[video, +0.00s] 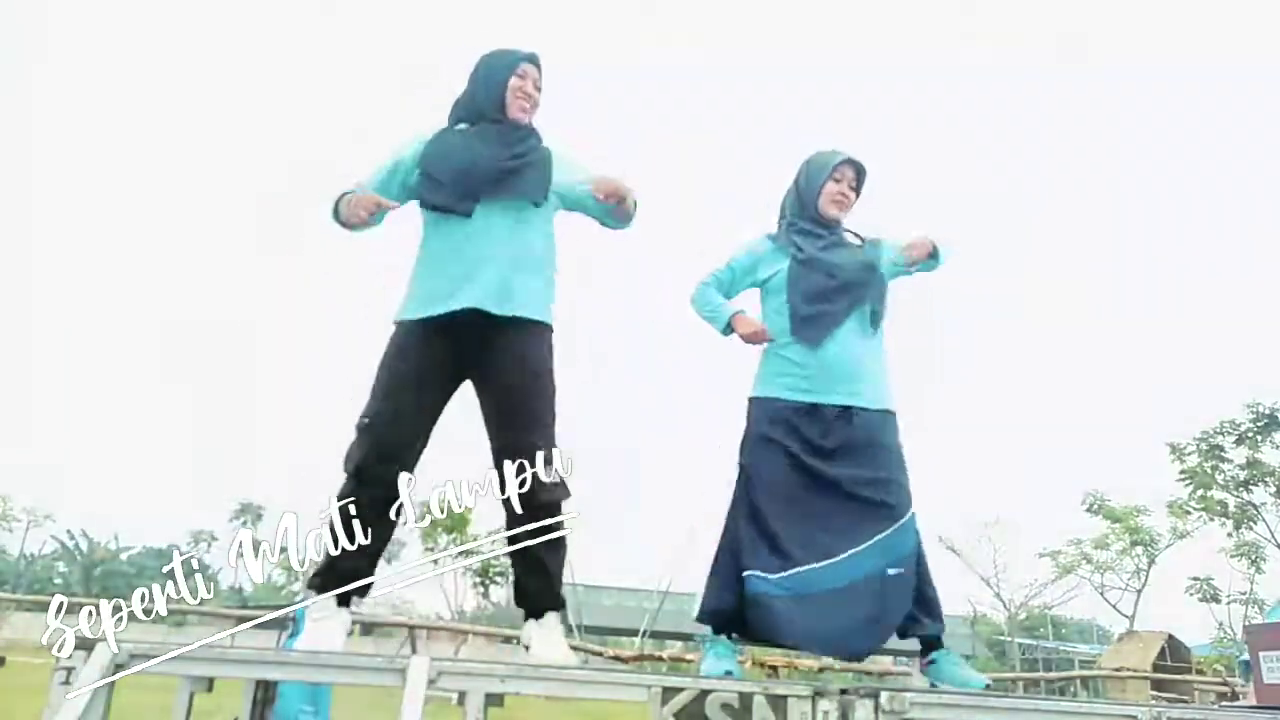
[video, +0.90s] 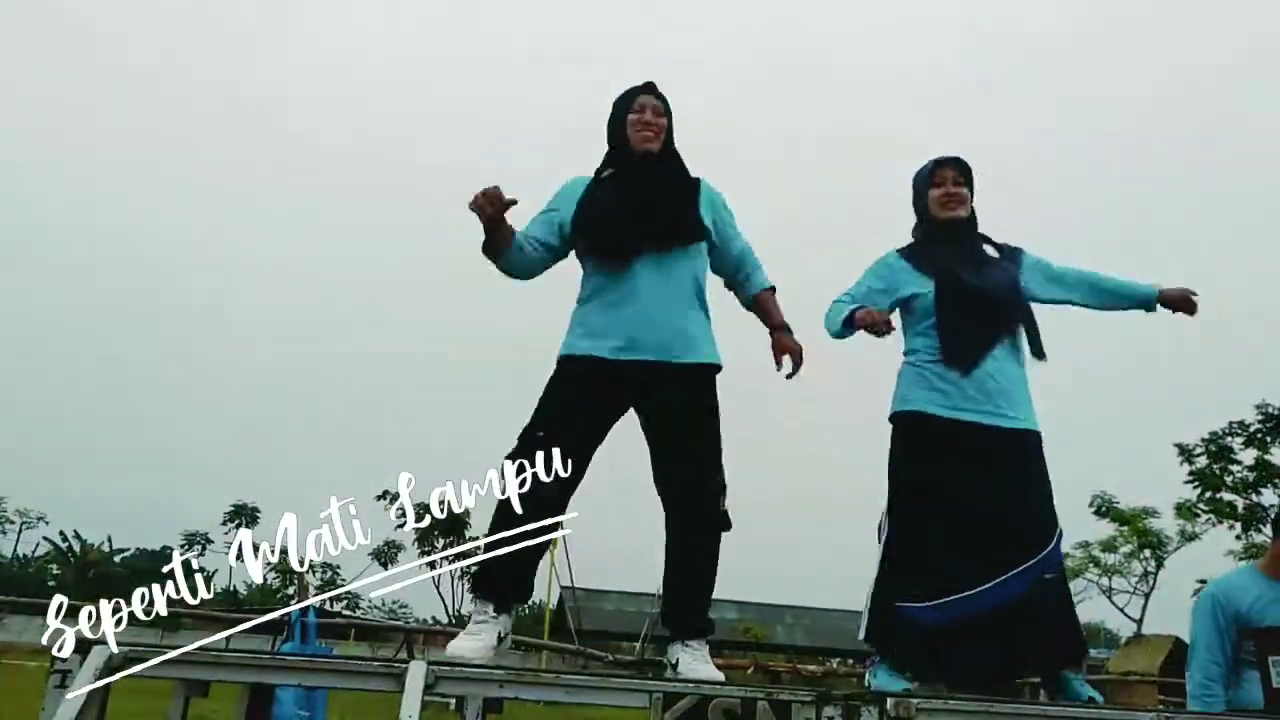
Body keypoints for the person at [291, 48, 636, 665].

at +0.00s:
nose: (531, 91)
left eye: (536, 87)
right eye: (521, 80)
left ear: (538, 101)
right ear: (488, 82)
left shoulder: (548, 159)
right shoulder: (437, 145)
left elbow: (616, 217)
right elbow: (356, 199)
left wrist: (621, 200)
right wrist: (351, 208)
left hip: (519, 324)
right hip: (432, 318)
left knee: (532, 470)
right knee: (378, 455)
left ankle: (543, 616)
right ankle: (332, 600)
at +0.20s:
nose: (561, 99)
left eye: (568, 95)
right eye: (551, 88)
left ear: (572, 111)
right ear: (519, 95)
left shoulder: (583, 169)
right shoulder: (471, 157)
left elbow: (662, 184)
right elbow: (398, 219)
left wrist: (597, 149)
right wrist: (431, 210)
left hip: (559, 328)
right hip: (475, 323)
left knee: (557, 476)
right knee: (433, 459)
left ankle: (546, 621)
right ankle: (413, 603)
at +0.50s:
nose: (589, 119)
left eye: (594, 116)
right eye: (578, 108)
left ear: (596, 132)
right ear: (545, 113)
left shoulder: (601, 181)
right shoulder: (494, 170)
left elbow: (639, 168)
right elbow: (441, 236)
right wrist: (502, 239)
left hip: (591, 351)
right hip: (507, 347)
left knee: (633, 469)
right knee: (476, 479)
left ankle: (594, 608)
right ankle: (463, 619)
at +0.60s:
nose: (602, 106)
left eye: (607, 102)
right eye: (591, 96)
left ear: (608, 120)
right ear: (557, 103)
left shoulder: (619, 173)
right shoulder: (506, 164)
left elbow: (695, 170)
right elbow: (452, 233)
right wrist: (493, 237)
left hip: (608, 340)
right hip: (522, 339)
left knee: (647, 471)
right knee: (488, 475)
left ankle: (653, 618)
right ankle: (465, 620)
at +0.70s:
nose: (620, 109)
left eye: (625, 105)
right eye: (609, 99)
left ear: (627, 121)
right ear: (575, 105)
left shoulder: (641, 174)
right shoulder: (526, 170)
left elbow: (726, 209)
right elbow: (467, 245)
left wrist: (820, 229)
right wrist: (479, 245)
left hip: (628, 340)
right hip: (542, 340)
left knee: (660, 485)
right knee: (502, 480)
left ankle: (688, 631)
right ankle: (465, 621)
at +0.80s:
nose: (639, 118)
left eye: (646, 113)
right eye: (627, 108)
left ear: (651, 132)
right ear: (597, 119)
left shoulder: (674, 191)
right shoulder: (555, 188)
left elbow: (740, 251)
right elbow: (502, 263)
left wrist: (813, 299)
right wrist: (472, 255)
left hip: (657, 355)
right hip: (568, 354)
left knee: (678, 498)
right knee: (518, 486)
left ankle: (687, 640)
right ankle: (469, 621)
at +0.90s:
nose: (648, 119)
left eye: (657, 113)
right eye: (638, 111)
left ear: (670, 129)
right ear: (617, 125)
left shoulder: (701, 196)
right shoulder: (585, 193)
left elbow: (741, 266)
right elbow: (523, 259)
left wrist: (778, 325)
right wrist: (495, 226)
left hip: (683, 363)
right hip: (595, 358)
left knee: (697, 502)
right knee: (535, 480)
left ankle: (689, 641)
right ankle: (490, 615)